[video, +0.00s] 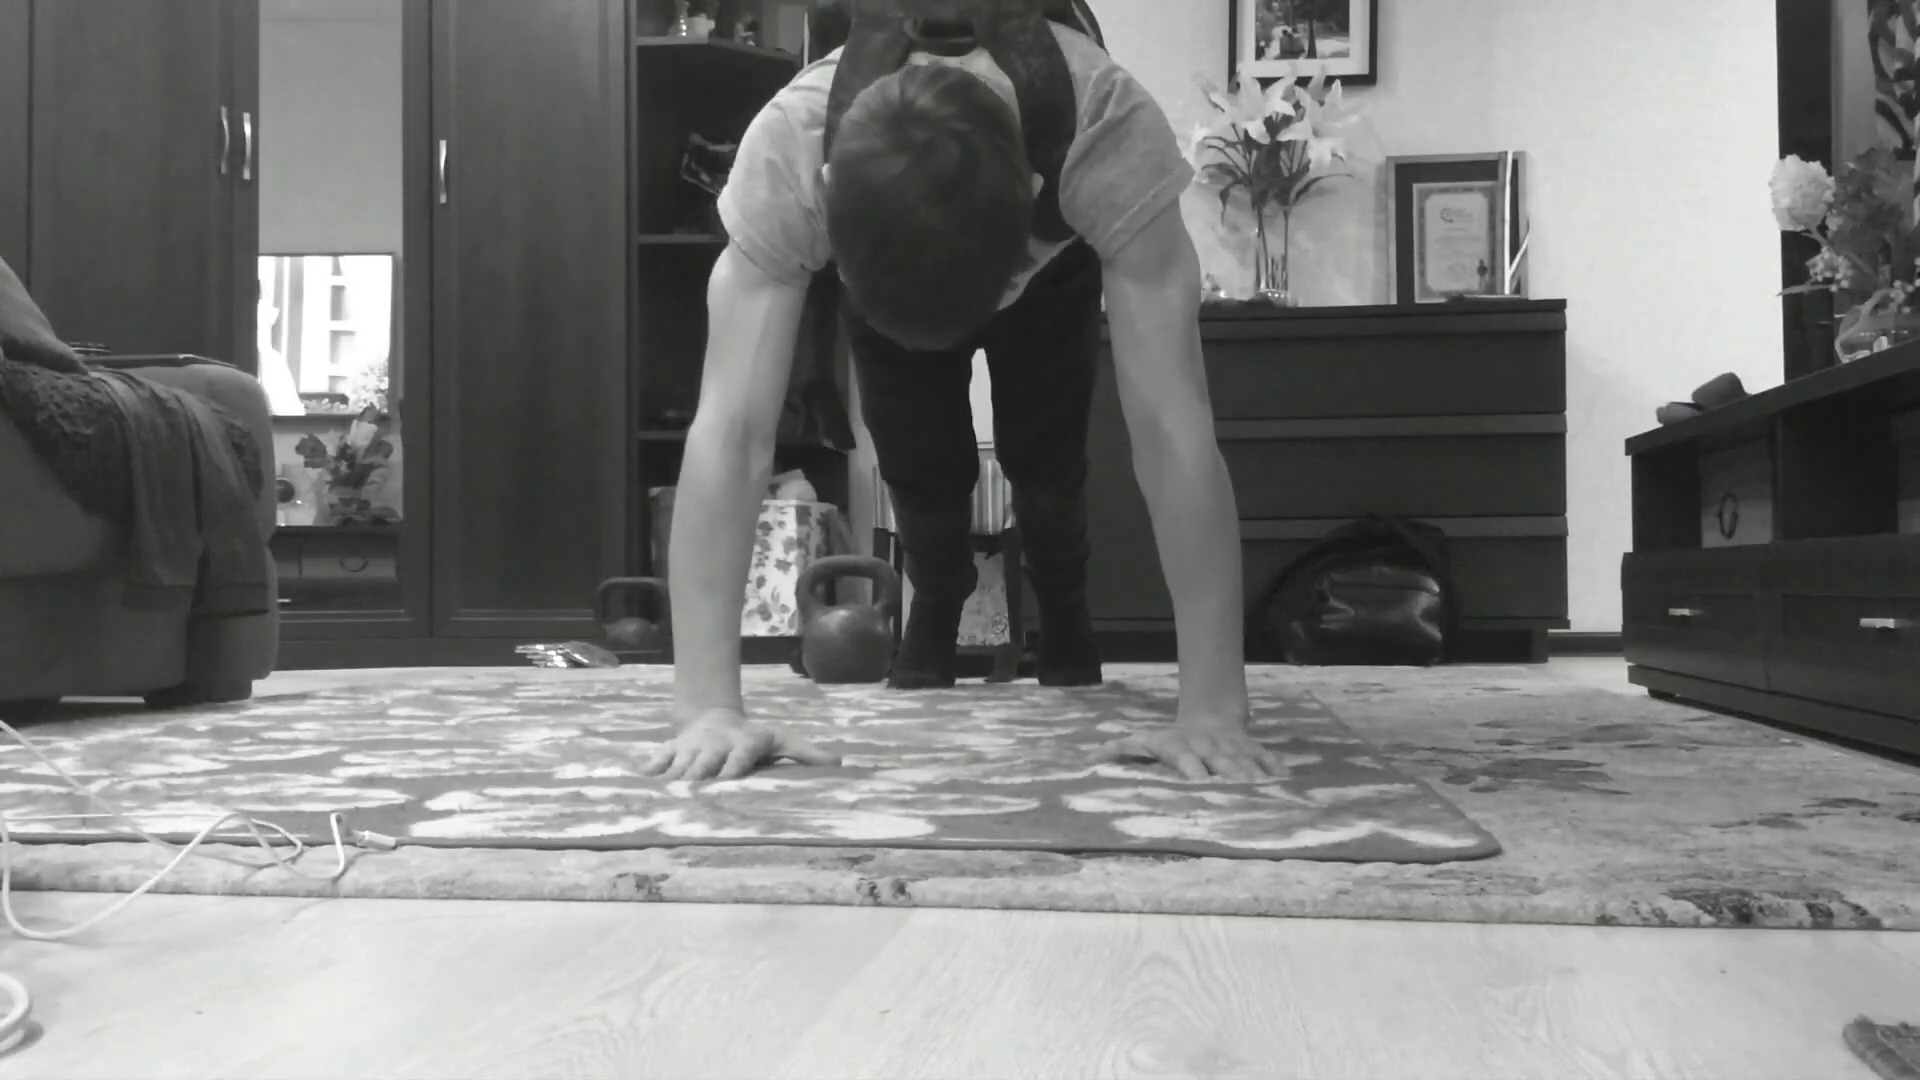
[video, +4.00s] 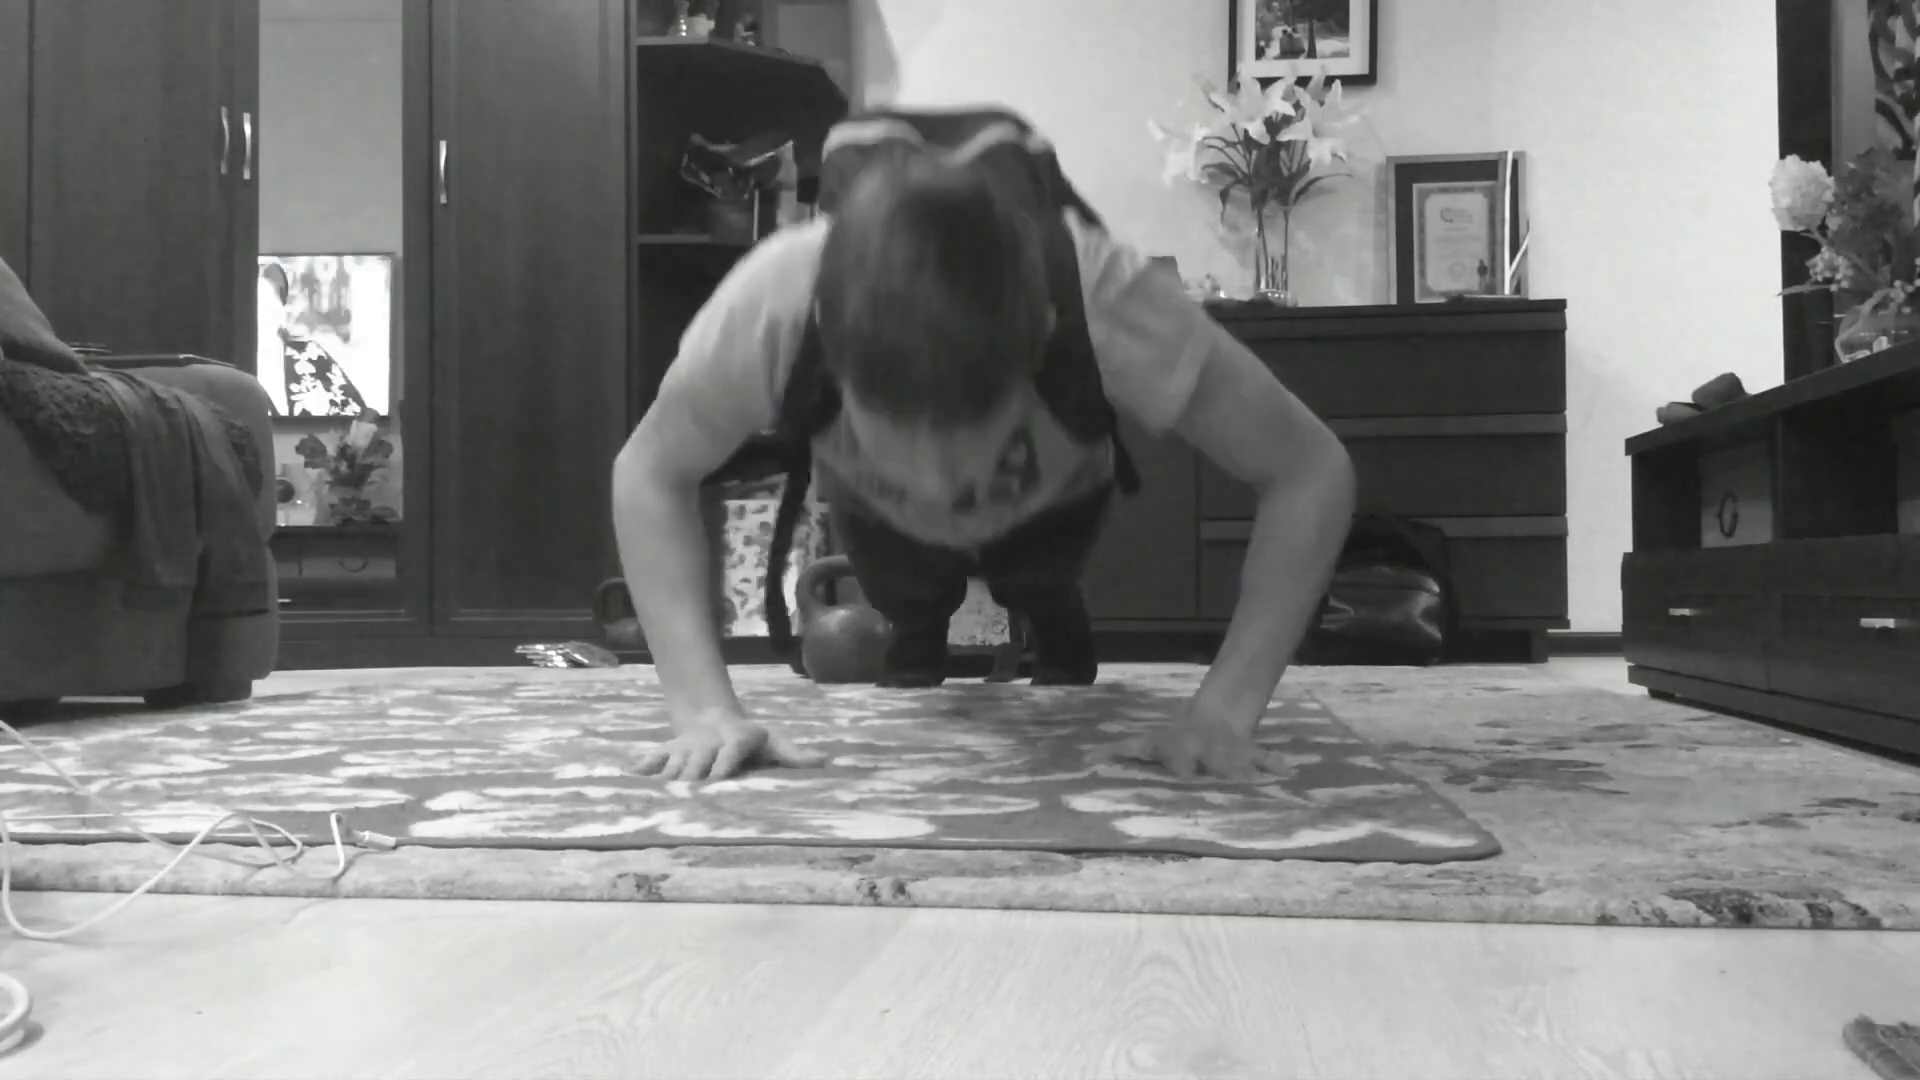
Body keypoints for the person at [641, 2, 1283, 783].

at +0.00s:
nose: (945, 341)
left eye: (975, 319)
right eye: (906, 329)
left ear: (1029, 217)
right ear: (836, 210)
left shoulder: (1118, 147)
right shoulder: (785, 163)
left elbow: (1178, 439)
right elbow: (729, 434)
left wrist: (1213, 711)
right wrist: (708, 709)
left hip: (1048, 247)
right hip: (872, 259)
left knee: (1045, 467)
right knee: (916, 465)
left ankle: (1060, 623)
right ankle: (934, 599)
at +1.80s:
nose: (932, 246)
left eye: (957, 208)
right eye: (893, 215)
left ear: (1021, 122)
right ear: (834, 145)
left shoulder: (1113, 144)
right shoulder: (775, 156)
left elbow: (1176, 436)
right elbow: (721, 436)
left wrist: (1216, 714)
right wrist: (707, 709)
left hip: (1044, 273)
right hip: (874, 282)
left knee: (1034, 485)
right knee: (908, 488)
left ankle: (1043, 645)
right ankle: (929, 608)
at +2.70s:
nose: (912, 132)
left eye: (952, 87)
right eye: (874, 87)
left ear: (1022, 42)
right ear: (834, 51)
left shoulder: (1108, 132)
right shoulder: (780, 137)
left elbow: (1175, 439)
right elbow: (722, 432)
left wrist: (1214, 710)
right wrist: (709, 711)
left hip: (1045, 332)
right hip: (880, 340)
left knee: (1045, 525)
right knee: (900, 531)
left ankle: (1066, 697)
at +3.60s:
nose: (916, 238)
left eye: (948, 202)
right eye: (880, 202)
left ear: (1013, 130)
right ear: (832, 143)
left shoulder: (1102, 163)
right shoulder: (768, 174)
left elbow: (1227, 446)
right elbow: (703, 447)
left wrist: (1217, 718)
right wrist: (708, 708)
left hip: (1045, 372)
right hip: (874, 378)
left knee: (1043, 544)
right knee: (903, 547)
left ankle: (1054, 606)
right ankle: (918, 605)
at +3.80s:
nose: (927, 359)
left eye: (959, 326)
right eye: (889, 329)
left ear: (1021, 229)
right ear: (832, 236)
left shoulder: (1107, 228)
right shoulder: (763, 234)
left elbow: (1278, 458)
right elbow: (674, 457)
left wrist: (1224, 710)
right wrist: (705, 705)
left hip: (1046, 439)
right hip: (877, 449)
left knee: (1043, 565)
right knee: (909, 579)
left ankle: (1051, 624)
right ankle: (917, 626)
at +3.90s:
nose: (930, 401)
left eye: (962, 363)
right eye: (894, 367)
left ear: (1030, 273)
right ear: (836, 275)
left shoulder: (1107, 253)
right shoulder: (765, 264)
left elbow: (1295, 460)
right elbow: (662, 465)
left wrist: (1228, 707)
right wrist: (705, 708)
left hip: (1047, 468)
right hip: (880, 481)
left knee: (1043, 566)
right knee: (909, 585)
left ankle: (1048, 616)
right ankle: (915, 626)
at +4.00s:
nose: (939, 502)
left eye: (980, 465)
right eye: (896, 469)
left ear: (1040, 353)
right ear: (840, 366)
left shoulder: (1117, 314)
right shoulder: (772, 312)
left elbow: (1315, 470)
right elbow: (649, 475)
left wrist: (1227, 709)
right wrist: (702, 704)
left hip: (1052, 503)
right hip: (881, 524)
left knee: (1044, 581)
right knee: (908, 601)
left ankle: (1051, 625)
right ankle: (917, 639)